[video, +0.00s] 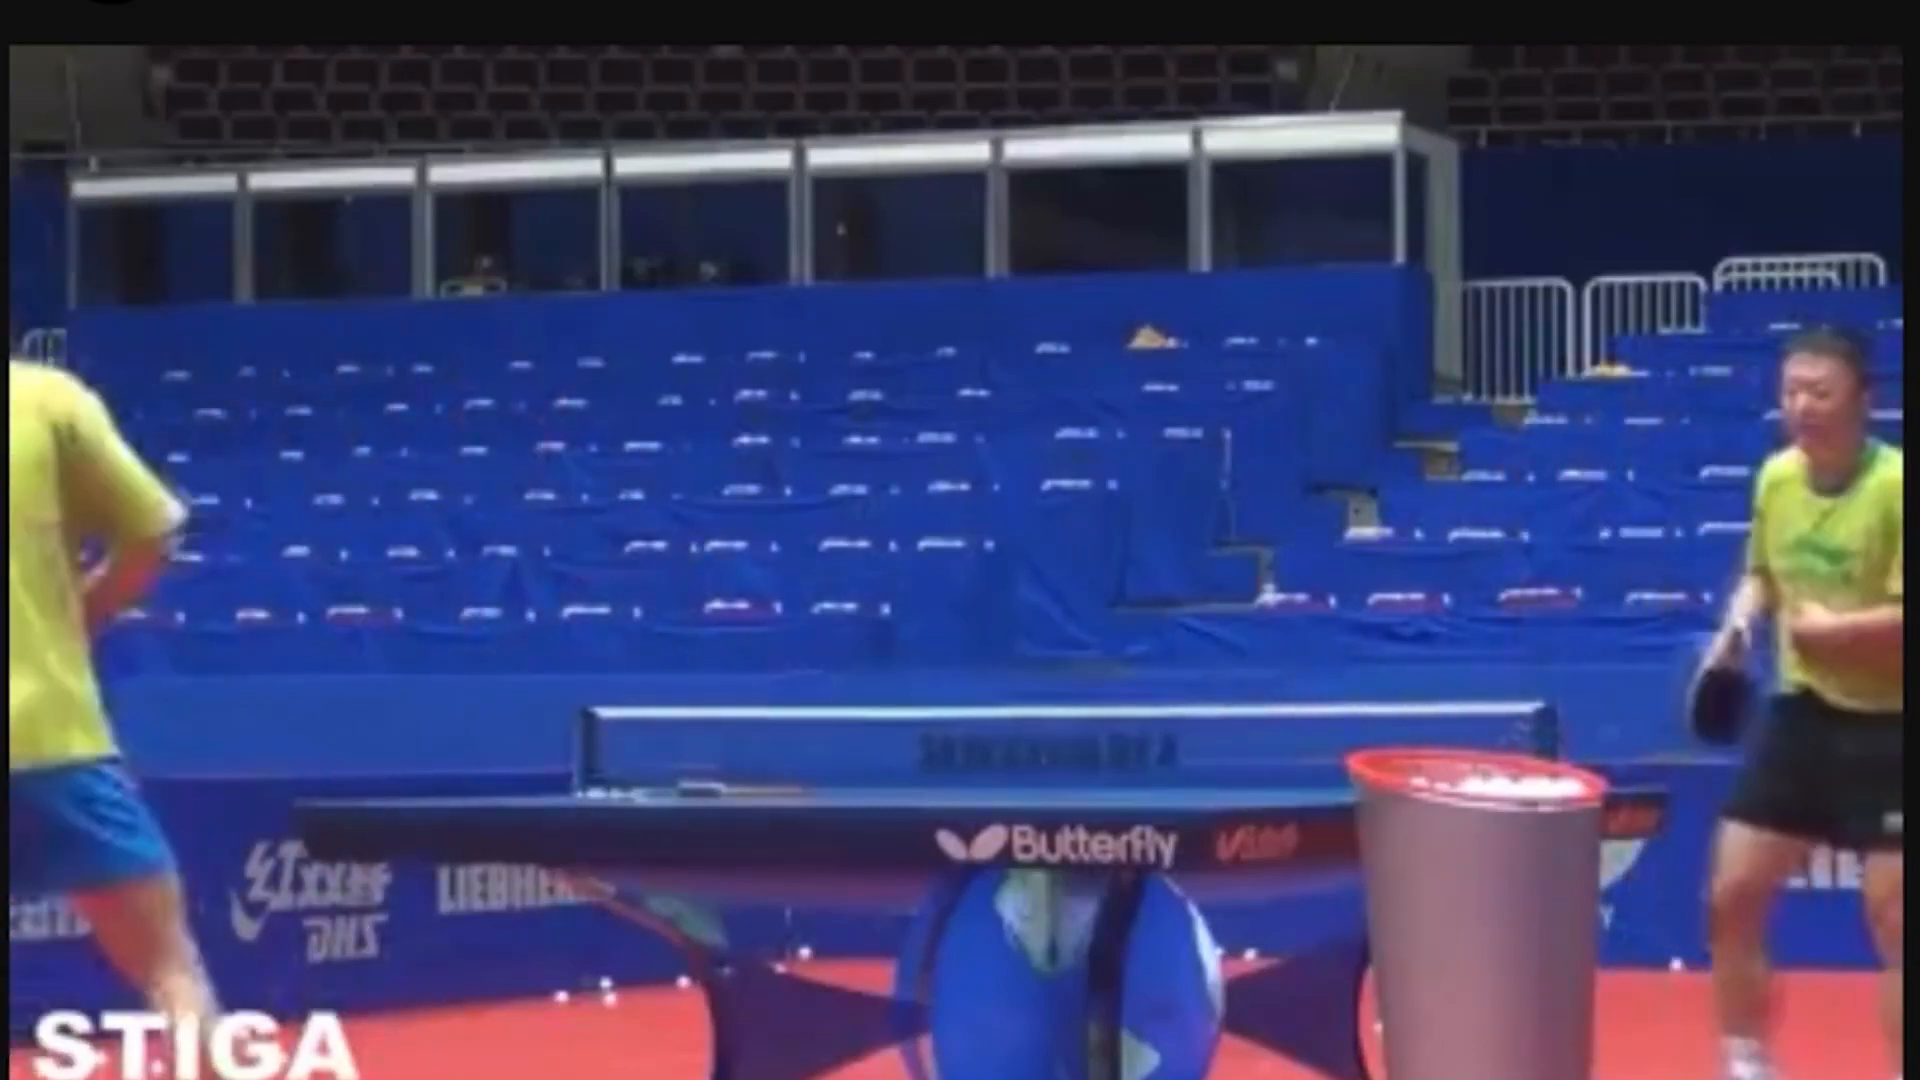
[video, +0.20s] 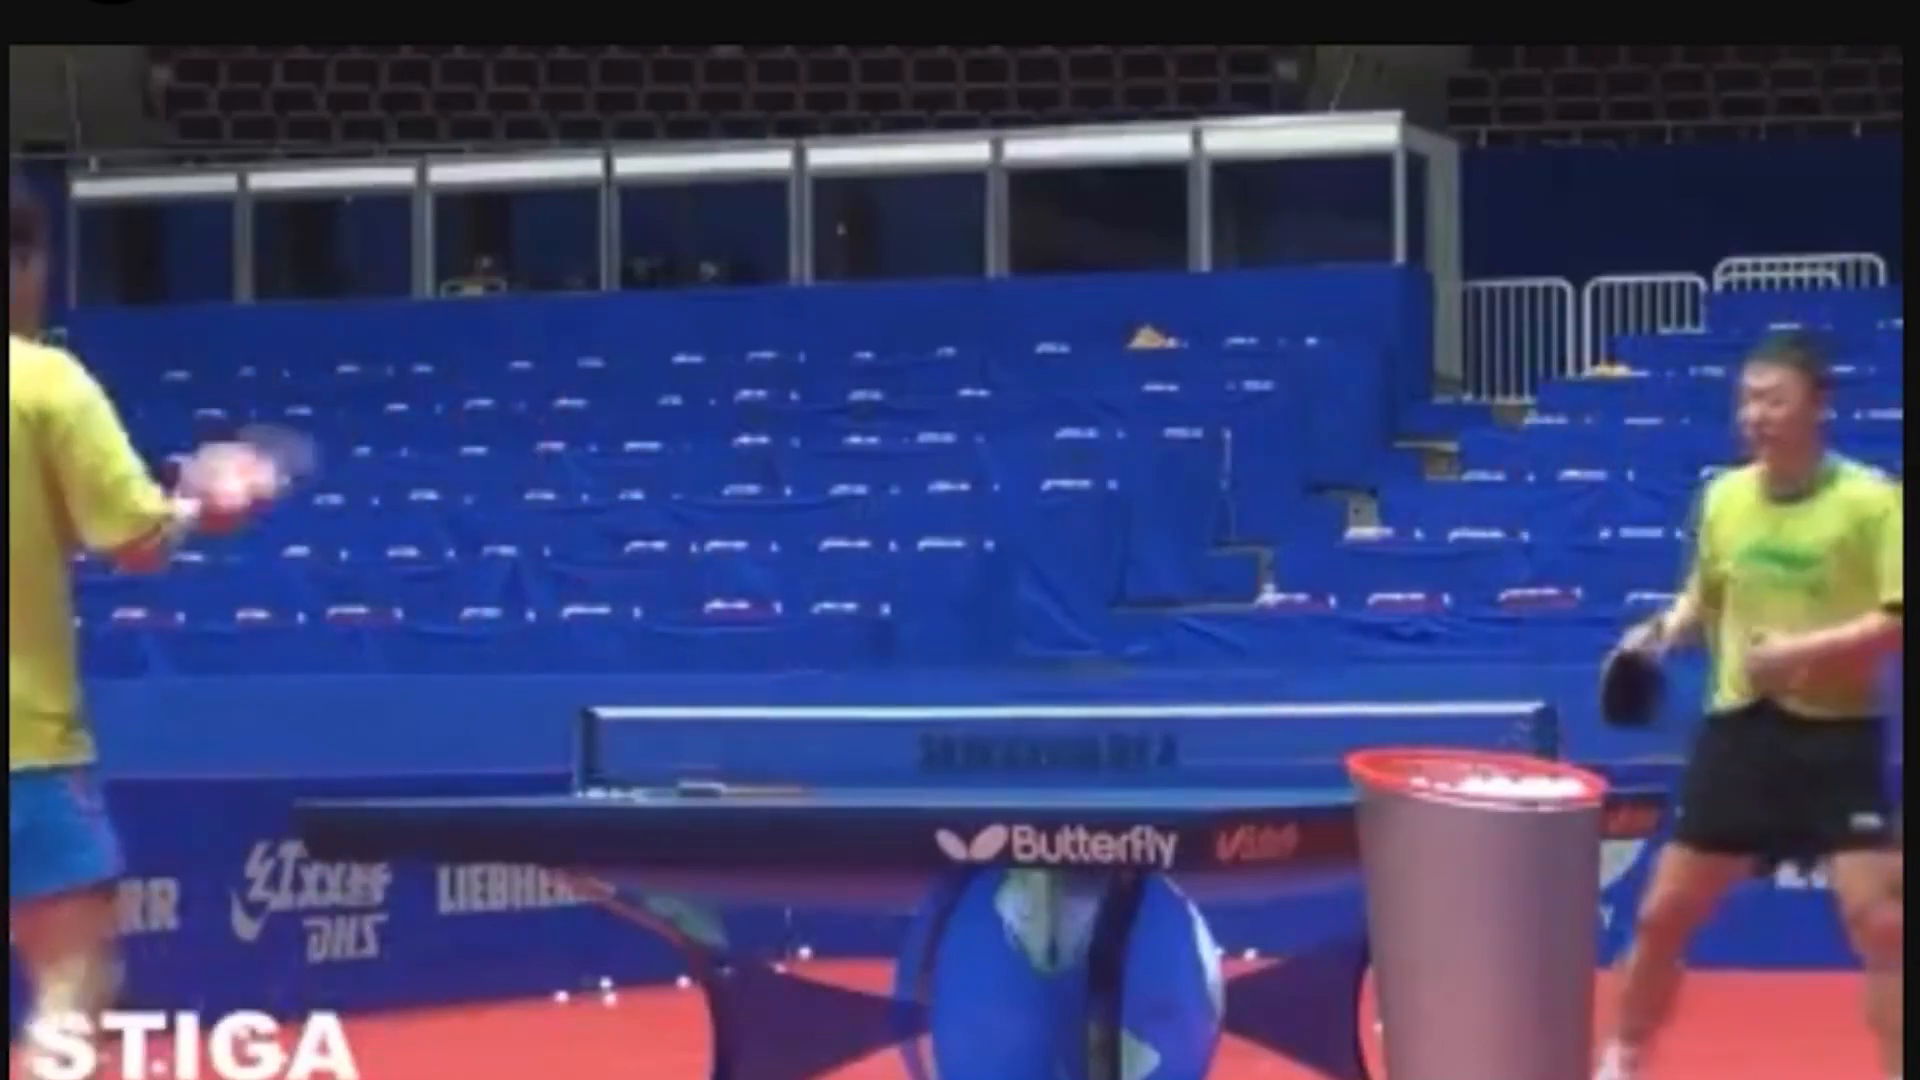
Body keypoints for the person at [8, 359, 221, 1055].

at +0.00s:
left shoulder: (47, 396)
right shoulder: (43, 397)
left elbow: (152, 524)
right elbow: (153, 525)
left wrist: (76, 614)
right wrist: (74, 615)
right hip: (42, 720)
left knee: (166, 964)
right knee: (166, 964)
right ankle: (209, 1069)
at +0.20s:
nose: (42, 278)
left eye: (37, 258)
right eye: (36, 259)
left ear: (17, 266)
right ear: (20, 265)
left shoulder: (45, 384)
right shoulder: (44, 383)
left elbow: (120, 529)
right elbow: (129, 536)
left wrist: (185, 501)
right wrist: (206, 503)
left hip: (31, 733)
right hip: (29, 736)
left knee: (63, 968)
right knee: (69, 968)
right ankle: (45, 1049)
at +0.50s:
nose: (133, 298)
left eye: (135, 274)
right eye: (128, 271)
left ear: (64, 258)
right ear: (79, 256)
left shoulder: (31, 377)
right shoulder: (73, 394)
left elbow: (93, 546)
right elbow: (155, 561)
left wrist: (217, 510)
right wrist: (261, 501)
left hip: (27, 745)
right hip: (38, 750)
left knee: (42, 984)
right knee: (52, 992)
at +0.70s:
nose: (155, 293)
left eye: (159, 269)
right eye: (154, 266)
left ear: (53, 256)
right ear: (114, 258)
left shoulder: (21, 362)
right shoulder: (87, 400)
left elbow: (45, 573)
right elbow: (164, 574)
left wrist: (124, 602)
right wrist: (251, 523)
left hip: (24, 755)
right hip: (43, 763)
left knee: (37, 997)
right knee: (45, 1005)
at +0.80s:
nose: (162, 292)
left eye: (165, 269)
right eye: (161, 266)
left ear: (59, 256)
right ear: (124, 259)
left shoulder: (22, 362)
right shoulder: (86, 396)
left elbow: (31, 564)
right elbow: (126, 580)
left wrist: (121, 611)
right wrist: (254, 566)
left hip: (22, 740)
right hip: (46, 751)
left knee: (33, 982)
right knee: (58, 982)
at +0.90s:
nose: (174, 298)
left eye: (174, 274)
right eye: (170, 272)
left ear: (94, 269)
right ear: (128, 271)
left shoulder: (37, 374)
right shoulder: (68, 390)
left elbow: (87, 560)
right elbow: (86, 579)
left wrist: (213, 587)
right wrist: (225, 597)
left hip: (25, 753)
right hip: (48, 760)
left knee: (36, 990)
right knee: (125, 973)